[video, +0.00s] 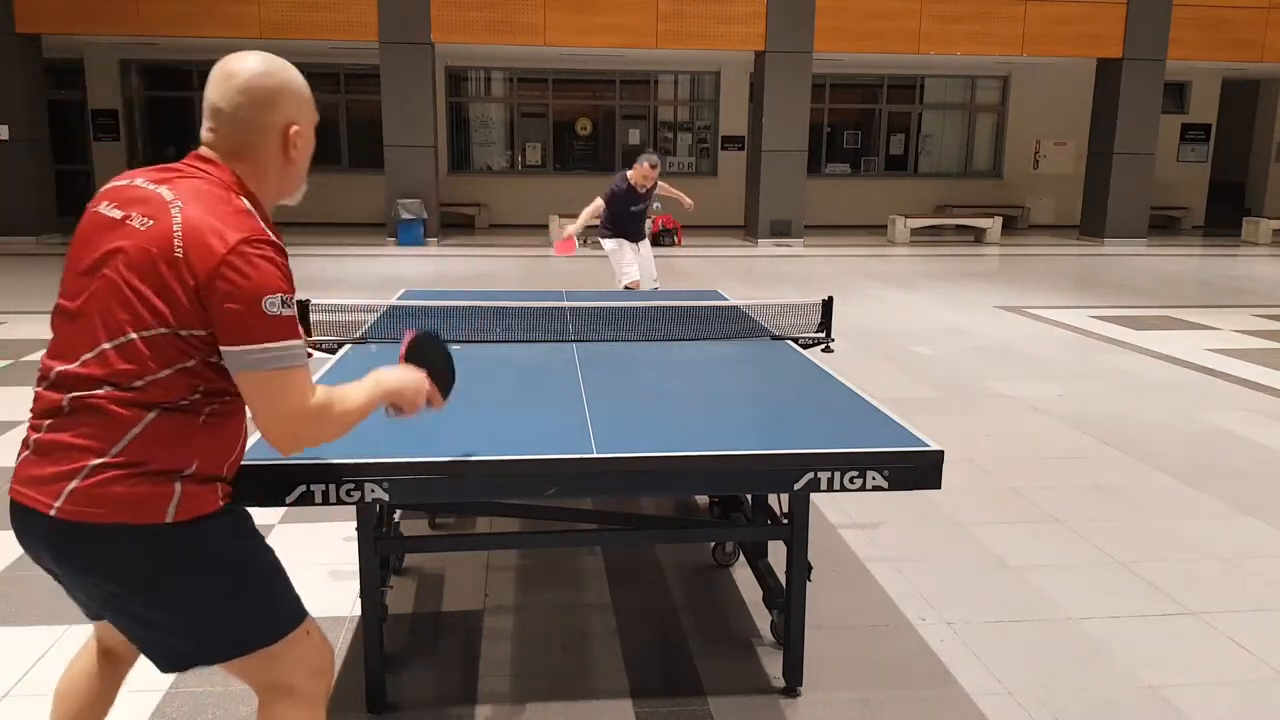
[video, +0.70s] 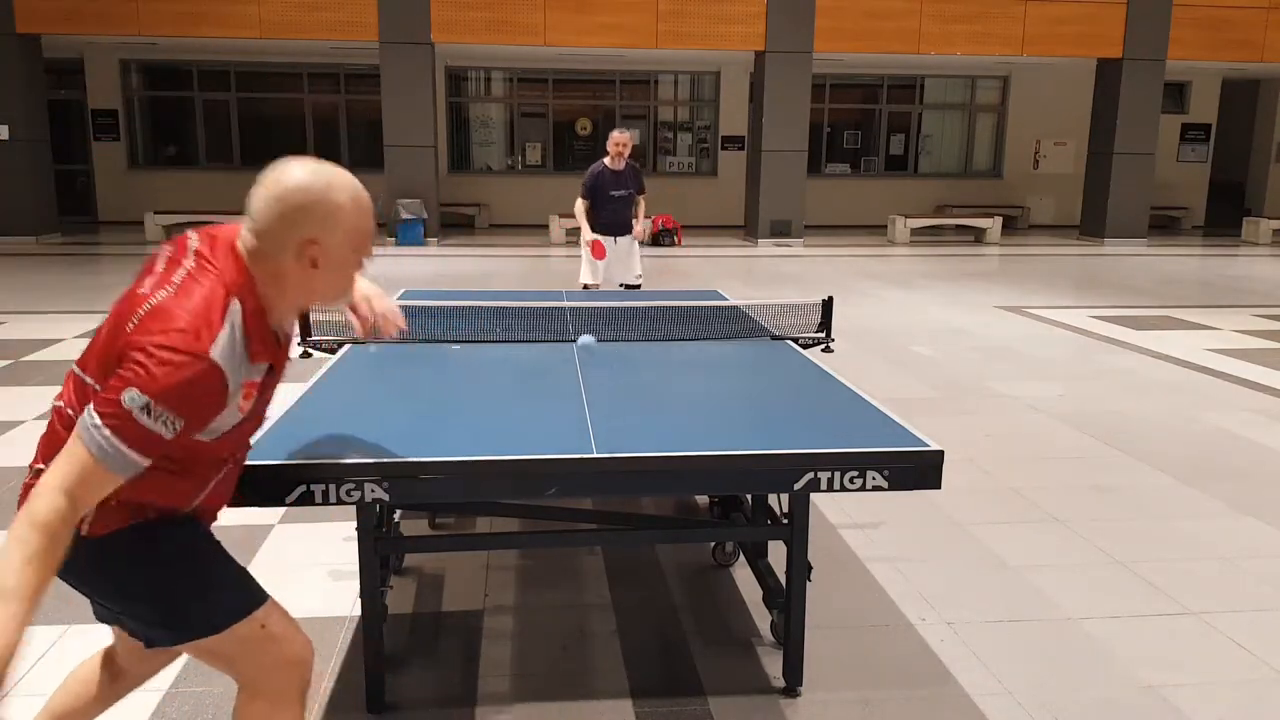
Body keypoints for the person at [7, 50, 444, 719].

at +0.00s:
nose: (313, 148)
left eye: (312, 132)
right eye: (311, 132)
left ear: (210, 124)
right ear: (291, 139)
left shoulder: (120, 192)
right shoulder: (237, 241)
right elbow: (293, 426)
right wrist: (384, 386)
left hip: (46, 497)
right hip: (148, 514)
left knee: (115, 641)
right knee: (301, 673)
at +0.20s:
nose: (353, 177)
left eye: (355, 162)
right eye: (354, 161)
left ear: (257, 145)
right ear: (328, 166)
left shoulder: (182, 196)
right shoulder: (247, 265)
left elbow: (213, 292)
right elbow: (301, 447)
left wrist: (306, 314)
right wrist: (406, 405)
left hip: (59, 486)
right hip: (132, 511)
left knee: (113, 654)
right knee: (307, 661)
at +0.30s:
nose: (379, 215)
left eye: (382, 201)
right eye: (381, 201)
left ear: (283, 173)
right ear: (356, 202)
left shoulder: (216, 220)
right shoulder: (269, 299)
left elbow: (243, 336)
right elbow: (315, 480)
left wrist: (353, 327)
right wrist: (422, 440)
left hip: (71, 487)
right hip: (124, 519)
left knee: (142, 636)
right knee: (308, 671)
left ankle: (73, 716)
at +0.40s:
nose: (402, 253)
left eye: (407, 239)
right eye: (404, 239)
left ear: (309, 207)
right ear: (376, 244)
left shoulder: (254, 244)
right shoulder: (267, 334)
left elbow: (339, 348)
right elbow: (241, 528)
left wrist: (393, 339)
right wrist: (376, 532)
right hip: (110, 527)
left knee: (165, 623)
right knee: (303, 668)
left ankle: (69, 713)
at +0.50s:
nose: (409, 279)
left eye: (412, 264)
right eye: (410, 264)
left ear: (320, 236)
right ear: (377, 273)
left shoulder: (285, 268)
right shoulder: (244, 358)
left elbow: (370, 351)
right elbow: (132, 529)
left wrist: (407, 343)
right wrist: (219, 655)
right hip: (94, 525)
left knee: (159, 640)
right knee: (299, 669)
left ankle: (65, 715)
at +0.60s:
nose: (394, 289)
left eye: (397, 275)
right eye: (394, 276)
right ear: (351, 284)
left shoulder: (267, 265)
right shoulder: (212, 371)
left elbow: (315, 306)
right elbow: (69, 513)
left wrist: (372, 321)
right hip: (110, 530)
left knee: (159, 649)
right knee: (285, 664)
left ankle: (56, 717)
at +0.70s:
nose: (356, 270)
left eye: (362, 259)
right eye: (352, 258)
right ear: (309, 257)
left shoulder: (241, 243)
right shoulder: (186, 353)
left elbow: (298, 248)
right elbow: (58, 497)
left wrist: (352, 283)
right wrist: (4, 652)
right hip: (116, 524)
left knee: (142, 651)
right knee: (280, 662)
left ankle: (51, 715)